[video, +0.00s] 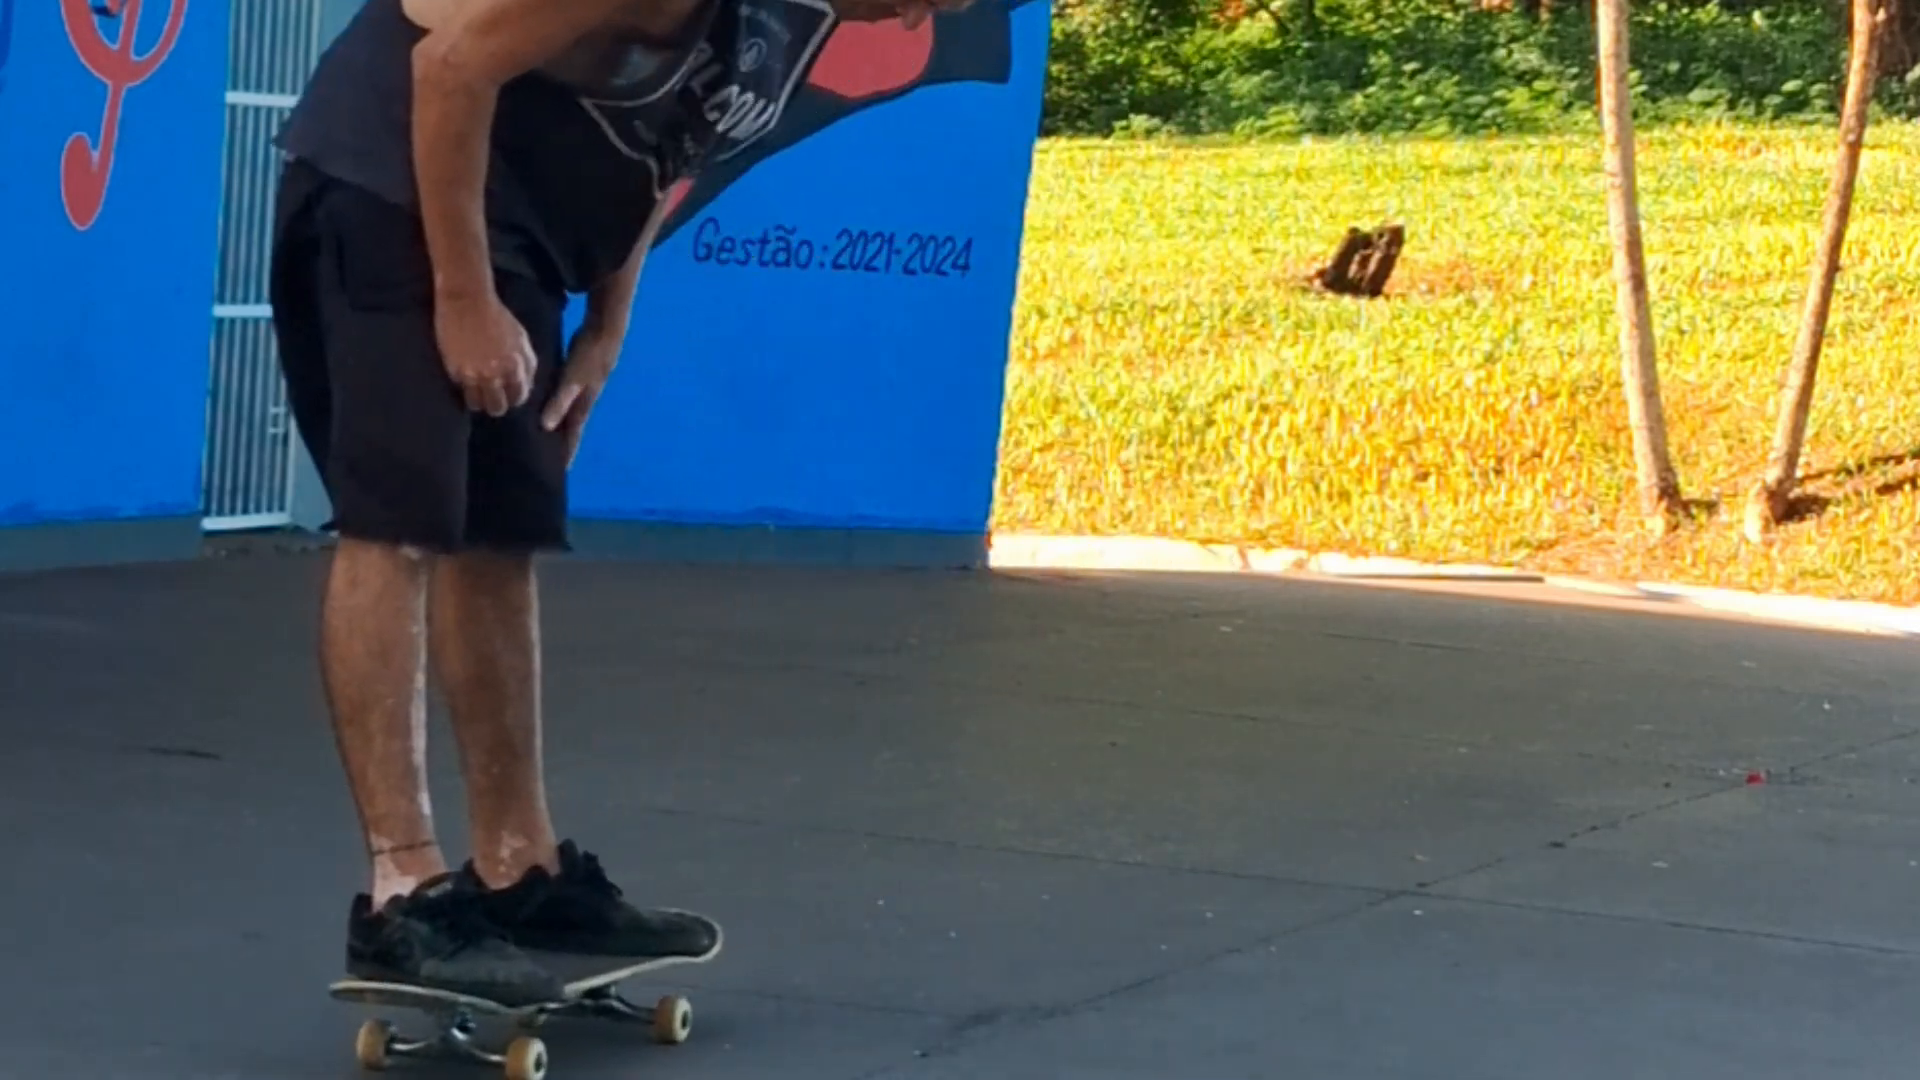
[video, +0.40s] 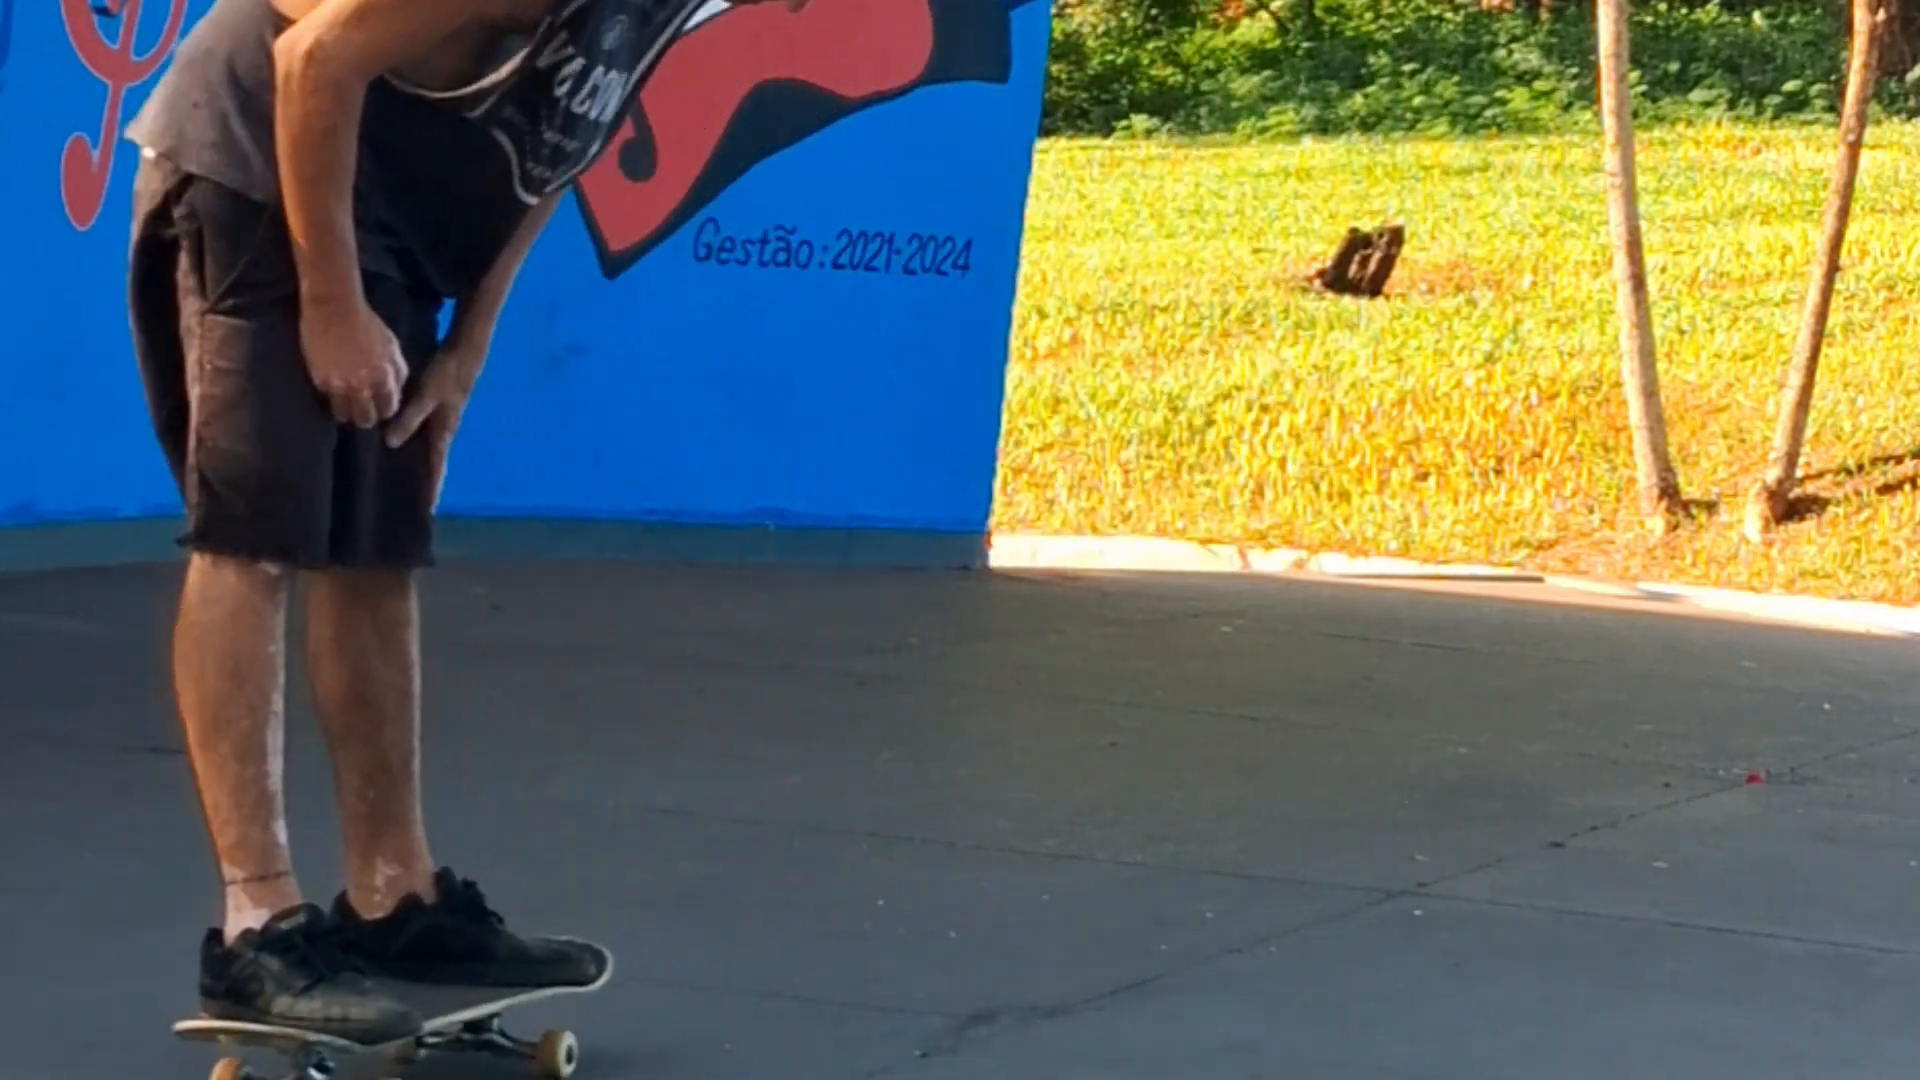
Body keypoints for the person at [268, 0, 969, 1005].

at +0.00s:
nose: (920, 14)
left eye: (934, 10)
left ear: (906, 9)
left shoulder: (794, 33)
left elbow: (658, 156)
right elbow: (451, 64)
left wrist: (604, 330)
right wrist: (464, 298)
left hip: (519, 215)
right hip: (388, 169)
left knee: (501, 524)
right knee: (393, 521)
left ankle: (519, 873)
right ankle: (403, 895)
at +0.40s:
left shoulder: (676, 8)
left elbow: (550, 157)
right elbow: (316, 58)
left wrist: (463, 345)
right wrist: (334, 303)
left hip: (404, 206)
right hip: (250, 160)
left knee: (377, 538)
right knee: (249, 534)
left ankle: (395, 902)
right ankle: (257, 929)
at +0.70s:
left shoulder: (565, 17)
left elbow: (445, 132)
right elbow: (223, 53)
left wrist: (393, 323)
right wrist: (240, 305)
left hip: (318, 214)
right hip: (150, 165)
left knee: (309, 538)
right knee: (146, 542)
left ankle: (288, 920)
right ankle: (131, 960)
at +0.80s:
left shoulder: (559, 17)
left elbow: (415, 131)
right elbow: (194, 50)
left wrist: (361, 328)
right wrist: (208, 307)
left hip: (293, 212)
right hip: (120, 162)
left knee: (277, 543)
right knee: (113, 544)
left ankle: (243, 933)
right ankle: (80, 961)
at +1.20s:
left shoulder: (425, 13)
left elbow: (269, 126)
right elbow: (44, 26)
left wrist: (248, 324)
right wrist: (101, 299)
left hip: (185, 246)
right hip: (46, 190)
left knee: (172, 563)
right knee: (26, 560)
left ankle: (83, 965)